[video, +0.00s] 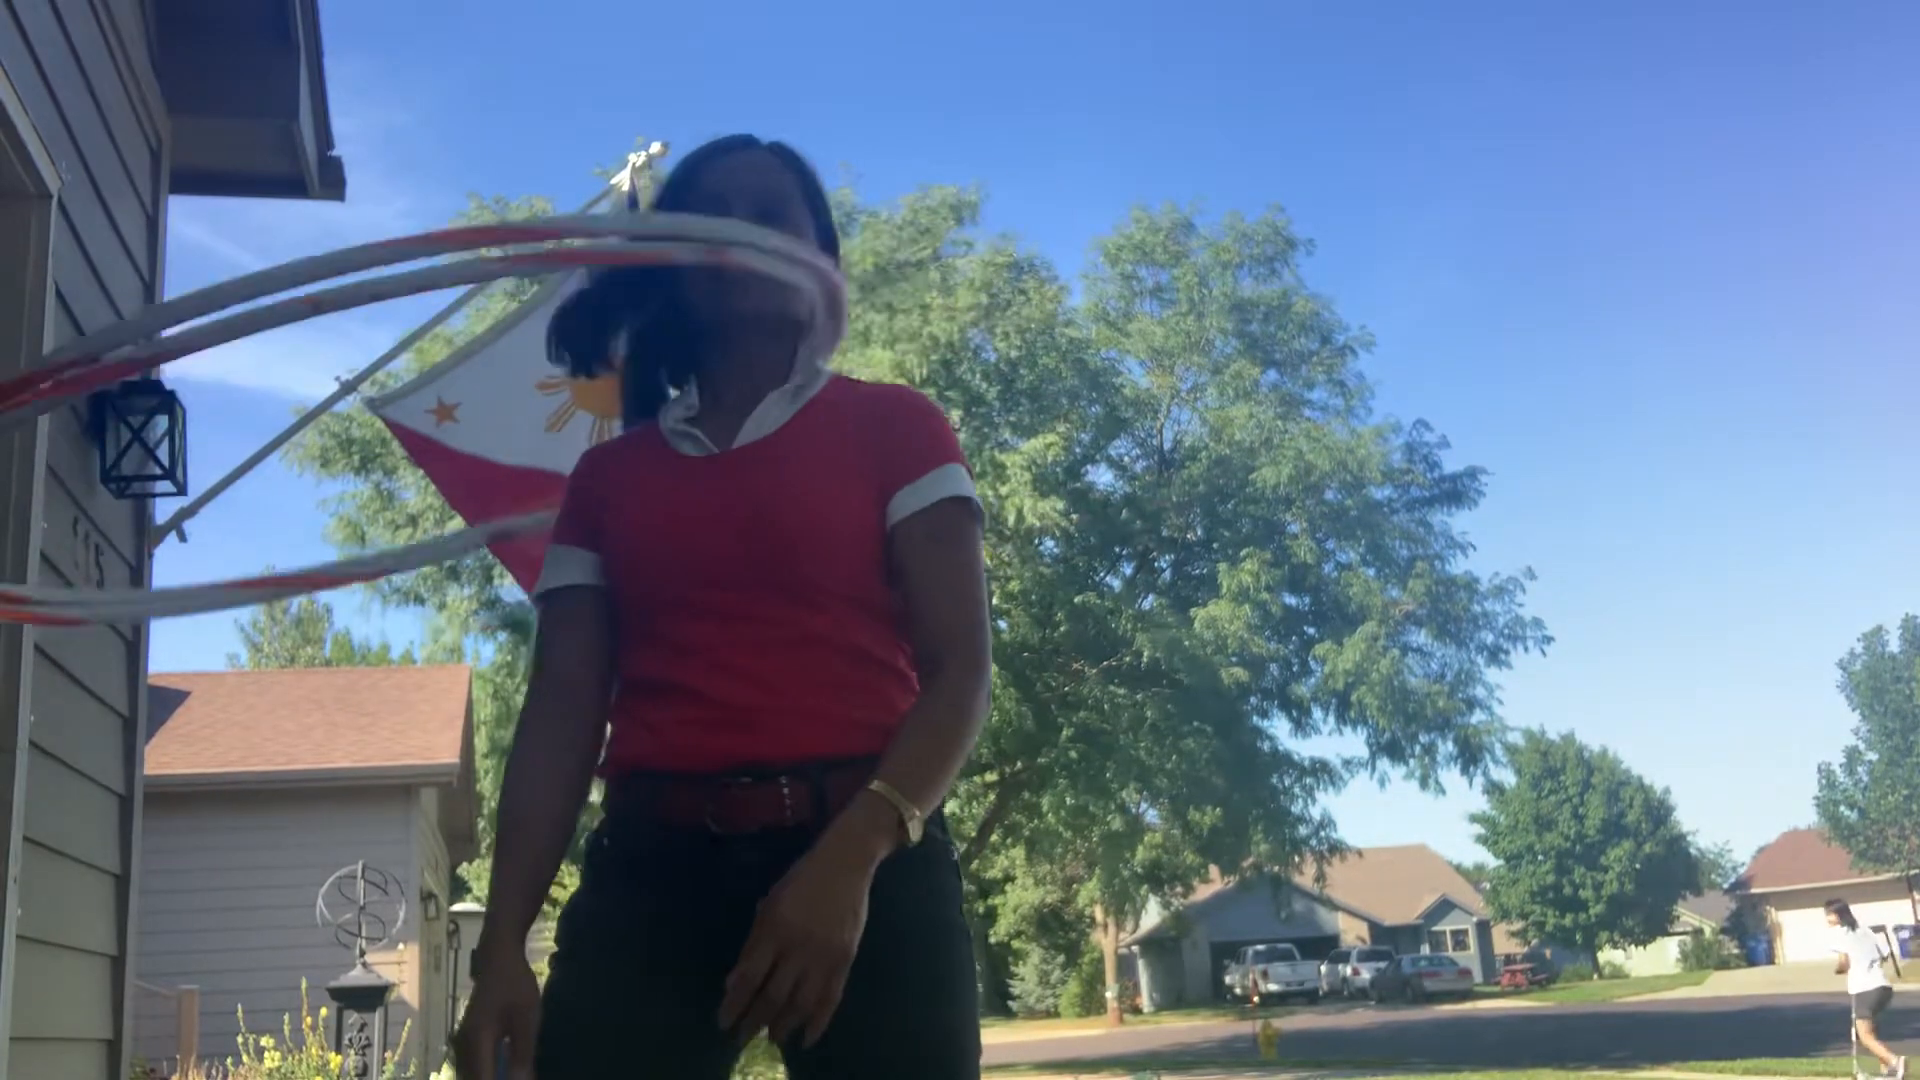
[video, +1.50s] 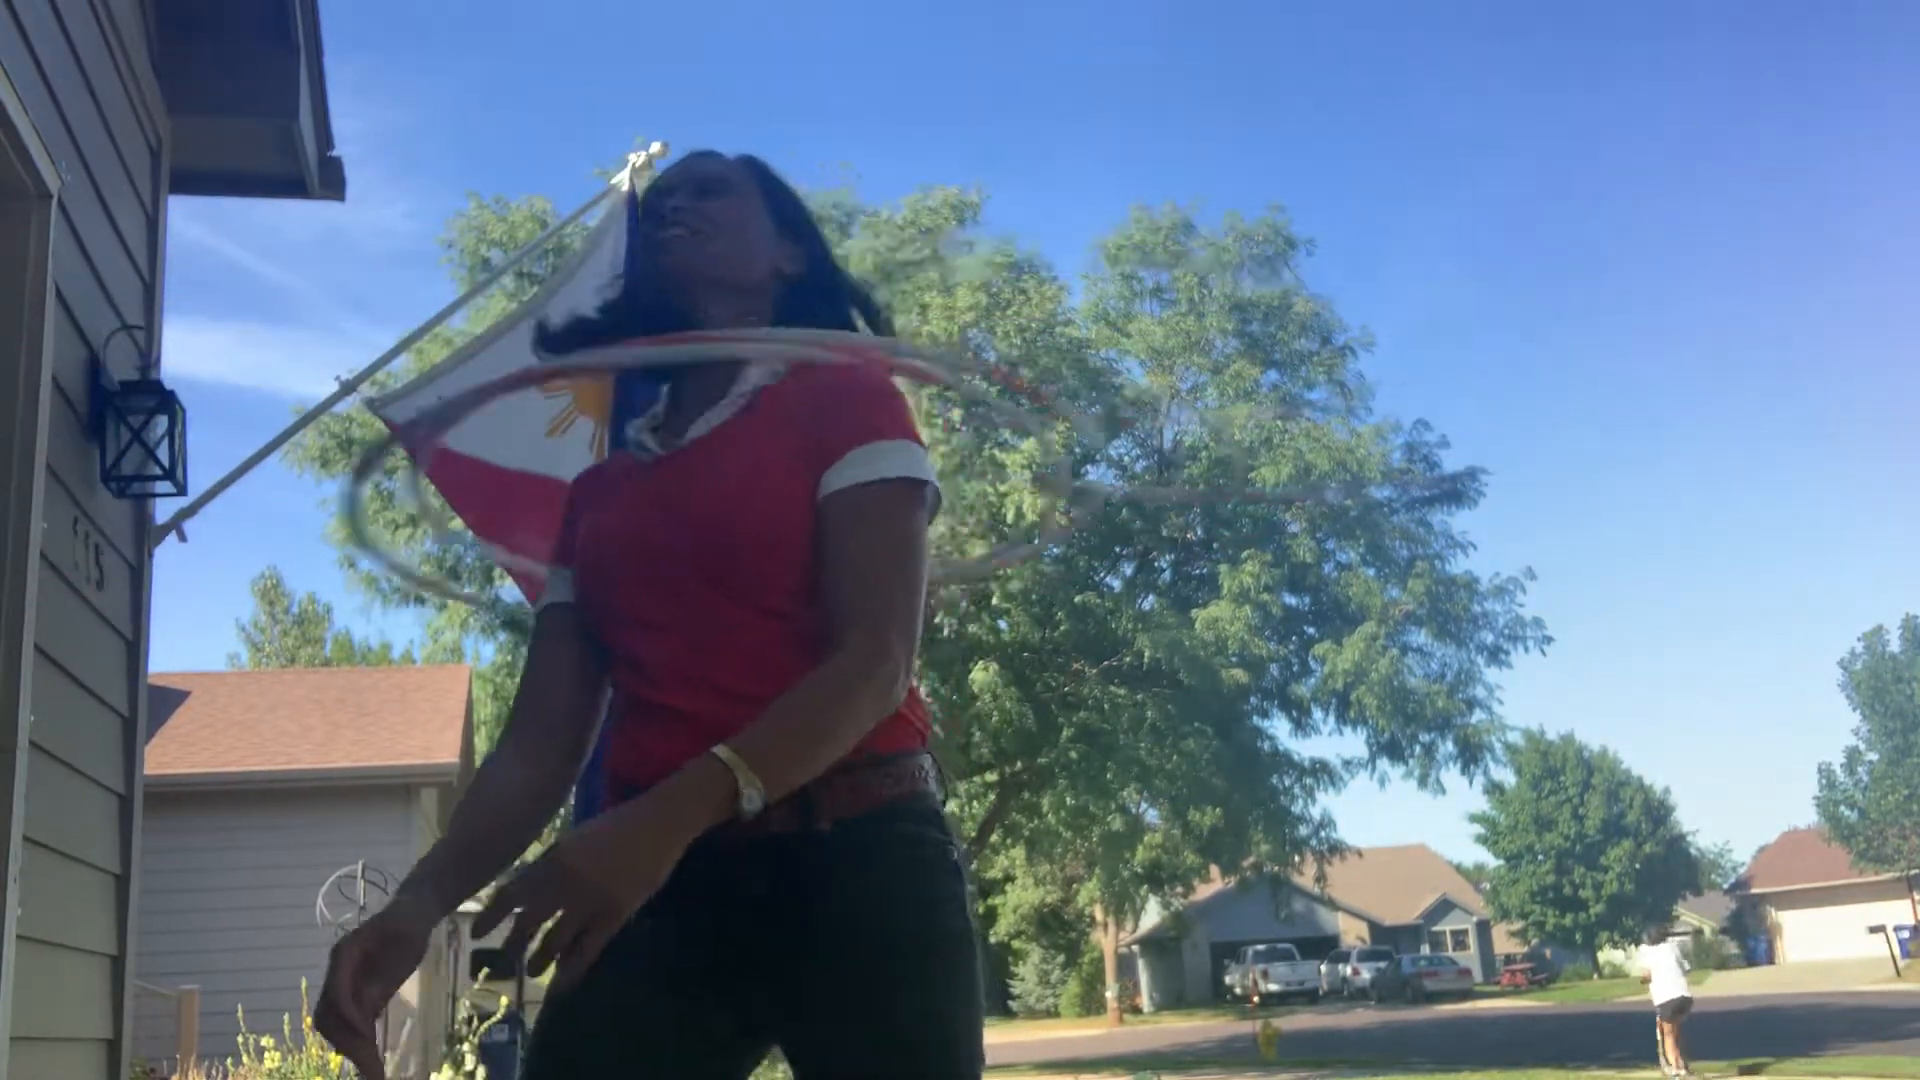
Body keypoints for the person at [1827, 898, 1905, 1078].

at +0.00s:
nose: (1827, 920)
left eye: (1829, 915)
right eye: (1827, 915)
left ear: (1838, 915)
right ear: (1846, 914)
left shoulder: (1840, 934)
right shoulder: (1865, 930)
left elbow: (1844, 964)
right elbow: (1883, 954)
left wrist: (1838, 970)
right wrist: (1866, 963)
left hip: (1865, 987)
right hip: (1884, 984)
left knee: (1863, 1034)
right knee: (1871, 1028)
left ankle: (1894, 1061)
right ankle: (1885, 1067)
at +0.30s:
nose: (1788, 926)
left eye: (1788, 922)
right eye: (1787, 922)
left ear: (1793, 922)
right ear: (1806, 918)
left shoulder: (1799, 939)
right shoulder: (1820, 933)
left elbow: (1807, 965)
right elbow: (1840, 950)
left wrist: (1799, 970)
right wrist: (1830, 966)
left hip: (1823, 991)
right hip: (1842, 987)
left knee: (1808, 1029)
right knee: (1832, 1027)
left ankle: (1806, 1073)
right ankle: (1845, 1069)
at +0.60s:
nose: (1751, 924)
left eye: (1752, 921)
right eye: (1751, 921)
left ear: (1757, 922)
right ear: (1773, 919)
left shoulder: (1757, 938)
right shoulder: (1785, 933)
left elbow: (1761, 963)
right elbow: (1802, 953)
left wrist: (1755, 971)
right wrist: (1791, 968)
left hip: (1780, 988)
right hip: (1800, 983)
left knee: (1784, 1032)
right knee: (1793, 1025)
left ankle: (1800, 1071)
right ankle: (1801, 1066)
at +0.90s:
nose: (1727, 936)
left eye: (1728, 932)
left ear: (1728, 933)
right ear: (1744, 931)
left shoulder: (1724, 945)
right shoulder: (1754, 944)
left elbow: (1724, 970)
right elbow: (1772, 966)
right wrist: (1754, 970)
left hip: (1744, 991)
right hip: (1763, 988)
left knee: (1755, 1030)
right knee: (1748, 1028)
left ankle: (1781, 1062)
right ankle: (1763, 1065)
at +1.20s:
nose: (1684, 933)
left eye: (1684, 930)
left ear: (1687, 930)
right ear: (1701, 927)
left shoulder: (1686, 944)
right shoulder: (1712, 941)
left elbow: (1686, 967)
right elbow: (1730, 960)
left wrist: (1686, 976)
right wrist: (1717, 970)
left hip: (1704, 990)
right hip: (1723, 988)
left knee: (1696, 1026)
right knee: (1714, 1026)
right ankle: (1726, 1064)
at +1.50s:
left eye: (1647, 936)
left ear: (1648, 937)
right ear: (1664, 935)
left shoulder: (1646, 951)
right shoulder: (1672, 946)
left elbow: (1646, 976)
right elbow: (1686, 967)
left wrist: (1644, 979)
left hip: (1666, 996)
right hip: (1684, 993)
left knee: (1669, 1034)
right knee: (1675, 1031)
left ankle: (1675, 1068)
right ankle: (1681, 1065)